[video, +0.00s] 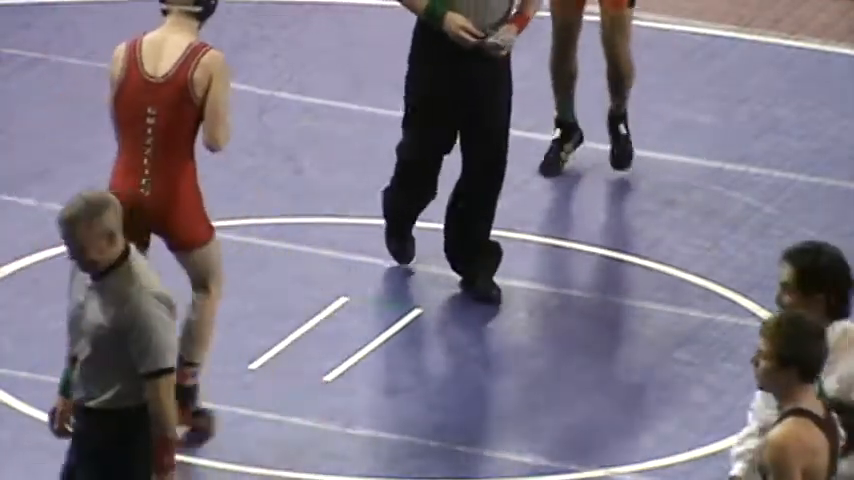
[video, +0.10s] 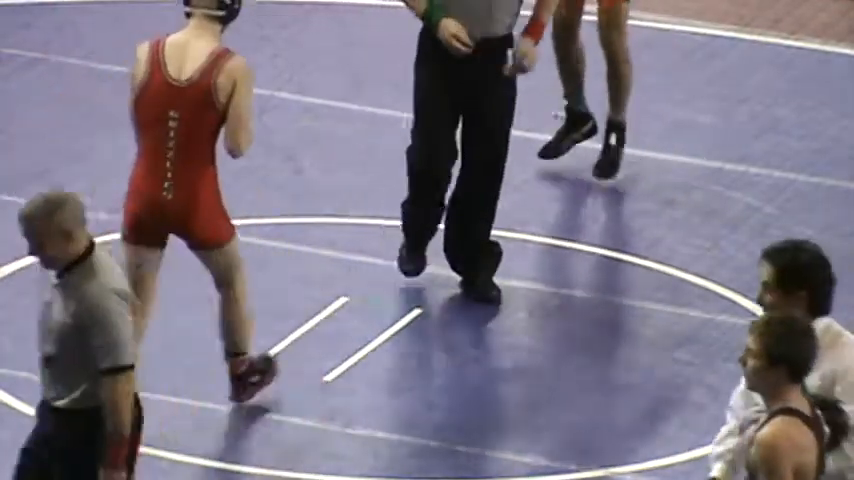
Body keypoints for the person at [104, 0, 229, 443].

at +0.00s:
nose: (203, 13)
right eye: (209, 9)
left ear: (164, 6)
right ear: (207, 10)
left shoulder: (125, 52)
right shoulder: (210, 61)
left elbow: (119, 118)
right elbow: (216, 139)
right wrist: (204, 96)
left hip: (123, 192)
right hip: (175, 199)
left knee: (113, 292)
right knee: (207, 287)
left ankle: (93, 390)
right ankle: (184, 396)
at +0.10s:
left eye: (195, 6)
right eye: (230, 8)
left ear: (187, 8)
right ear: (229, 13)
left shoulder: (147, 53)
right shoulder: (232, 68)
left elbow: (139, 122)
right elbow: (238, 145)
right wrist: (234, 103)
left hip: (144, 199)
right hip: (196, 205)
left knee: (136, 302)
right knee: (230, 284)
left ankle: (118, 393)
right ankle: (240, 373)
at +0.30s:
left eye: (261, 22)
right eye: (298, 31)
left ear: (254, 28)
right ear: (298, 34)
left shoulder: (210, 72)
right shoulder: (300, 98)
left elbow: (193, 137)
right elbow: (292, 177)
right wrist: (279, 142)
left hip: (185, 213)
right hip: (242, 220)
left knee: (145, 295)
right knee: (286, 267)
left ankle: (116, 369)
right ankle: (296, 358)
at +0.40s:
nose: (281, 52)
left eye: (282, 47)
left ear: (278, 50)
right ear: (318, 64)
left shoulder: (234, 86)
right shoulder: (320, 115)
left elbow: (217, 145)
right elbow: (308, 194)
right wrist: (288, 164)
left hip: (197, 213)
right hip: (257, 223)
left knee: (142, 275)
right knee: (303, 251)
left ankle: (113, 355)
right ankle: (297, 357)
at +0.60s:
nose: (286, 84)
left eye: (288, 80)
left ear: (288, 82)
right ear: (327, 98)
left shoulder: (251, 100)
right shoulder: (329, 126)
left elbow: (228, 152)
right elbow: (313, 206)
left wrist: (261, 187)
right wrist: (274, 201)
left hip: (202, 200)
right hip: (259, 216)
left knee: (129, 266)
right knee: (315, 249)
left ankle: (57, 333)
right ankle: (299, 357)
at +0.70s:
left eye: (285, 89)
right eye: (327, 112)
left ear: (284, 94)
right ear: (323, 107)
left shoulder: (244, 114)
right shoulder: (323, 128)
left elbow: (223, 177)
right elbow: (310, 213)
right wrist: (264, 231)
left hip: (192, 208)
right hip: (251, 219)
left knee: (124, 272)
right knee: (314, 247)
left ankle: (56, 342)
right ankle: (300, 359)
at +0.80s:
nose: (317, 134)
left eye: (315, 126)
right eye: (319, 126)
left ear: (278, 111)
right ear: (313, 119)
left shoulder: (234, 129)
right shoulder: (311, 133)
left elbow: (218, 215)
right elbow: (306, 214)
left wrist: (237, 292)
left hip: (183, 216)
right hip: (242, 227)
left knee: (115, 263)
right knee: (313, 246)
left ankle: (48, 342)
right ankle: (299, 359)